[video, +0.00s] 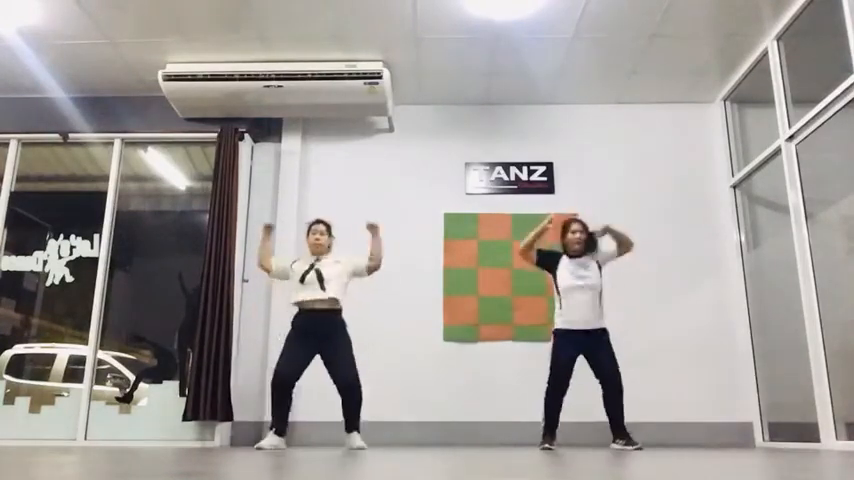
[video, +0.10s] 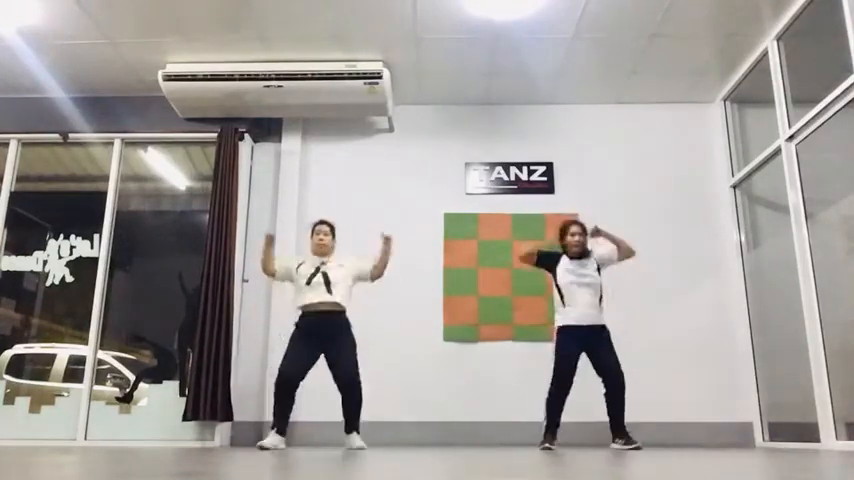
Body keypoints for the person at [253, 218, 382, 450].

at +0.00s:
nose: (317, 237)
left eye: (322, 234)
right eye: (313, 233)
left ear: (330, 240)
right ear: (307, 239)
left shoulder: (343, 264)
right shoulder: (296, 266)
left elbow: (374, 265)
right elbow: (265, 264)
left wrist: (375, 236)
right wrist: (267, 235)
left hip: (333, 326)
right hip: (303, 326)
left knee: (349, 382)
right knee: (282, 379)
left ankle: (353, 434)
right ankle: (277, 434)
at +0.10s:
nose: (322, 237)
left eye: (327, 234)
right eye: (318, 234)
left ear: (333, 241)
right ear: (311, 240)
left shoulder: (346, 265)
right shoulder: (299, 265)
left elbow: (375, 273)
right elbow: (270, 270)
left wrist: (385, 251)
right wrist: (268, 248)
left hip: (337, 326)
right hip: (307, 326)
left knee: (350, 379)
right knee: (286, 378)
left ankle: (352, 434)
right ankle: (278, 434)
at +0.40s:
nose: (333, 241)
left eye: (338, 238)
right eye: (330, 238)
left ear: (348, 244)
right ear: (325, 244)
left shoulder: (355, 273)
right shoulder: (313, 266)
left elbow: (377, 303)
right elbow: (290, 290)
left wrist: (362, 336)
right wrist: (293, 325)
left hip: (341, 332)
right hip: (310, 328)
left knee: (355, 380)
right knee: (284, 374)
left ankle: (353, 433)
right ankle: (277, 430)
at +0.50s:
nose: (330, 252)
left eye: (335, 247)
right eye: (326, 249)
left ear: (346, 251)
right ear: (323, 253)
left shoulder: (356, 277)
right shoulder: (315, 275)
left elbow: (369, 310)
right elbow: (290, 297)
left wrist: (357, 343)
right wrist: (290, 329)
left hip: (337, 340)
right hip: (307, 336)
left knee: (352, 387)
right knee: (275, 373)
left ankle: (352, 435)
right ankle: (284, 429)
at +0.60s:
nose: (325, 261)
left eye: (329, 256)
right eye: (321, 258)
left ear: (340, 260)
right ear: (318, 262)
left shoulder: (348, 286)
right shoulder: (311, 285)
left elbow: (360, 318)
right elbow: (288, 310)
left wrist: (352, 351)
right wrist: (289, 339)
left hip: (334, 349)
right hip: (305, 345)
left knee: (347, 391)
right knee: (273, 381)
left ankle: (351, 436)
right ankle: (285, 434)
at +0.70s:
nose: (316, 263)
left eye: (321, 258)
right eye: (313, 259)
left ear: (331, 262)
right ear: (309, 265)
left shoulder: (341, 287)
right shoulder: (306, 289)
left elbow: (354, 318)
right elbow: (282, 315)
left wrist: (351, 351)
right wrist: (289, 343)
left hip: (334, 350)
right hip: (306, 350)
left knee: (345, 389)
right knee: (273, 382)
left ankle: (352, 435)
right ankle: (286, 435)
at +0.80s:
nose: (310, 262)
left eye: (314, 258)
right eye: (306, 258)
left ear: (323, 263)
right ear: (301, 263)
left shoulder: (336, 285)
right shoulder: (297, 290)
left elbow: (356, 311)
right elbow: (279, 319)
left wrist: (357, 344)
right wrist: (292, 347)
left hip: (339, 349)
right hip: (309, 350)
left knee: (353, 384)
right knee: (279, 382)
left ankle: (354, 434)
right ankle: (287, 436)